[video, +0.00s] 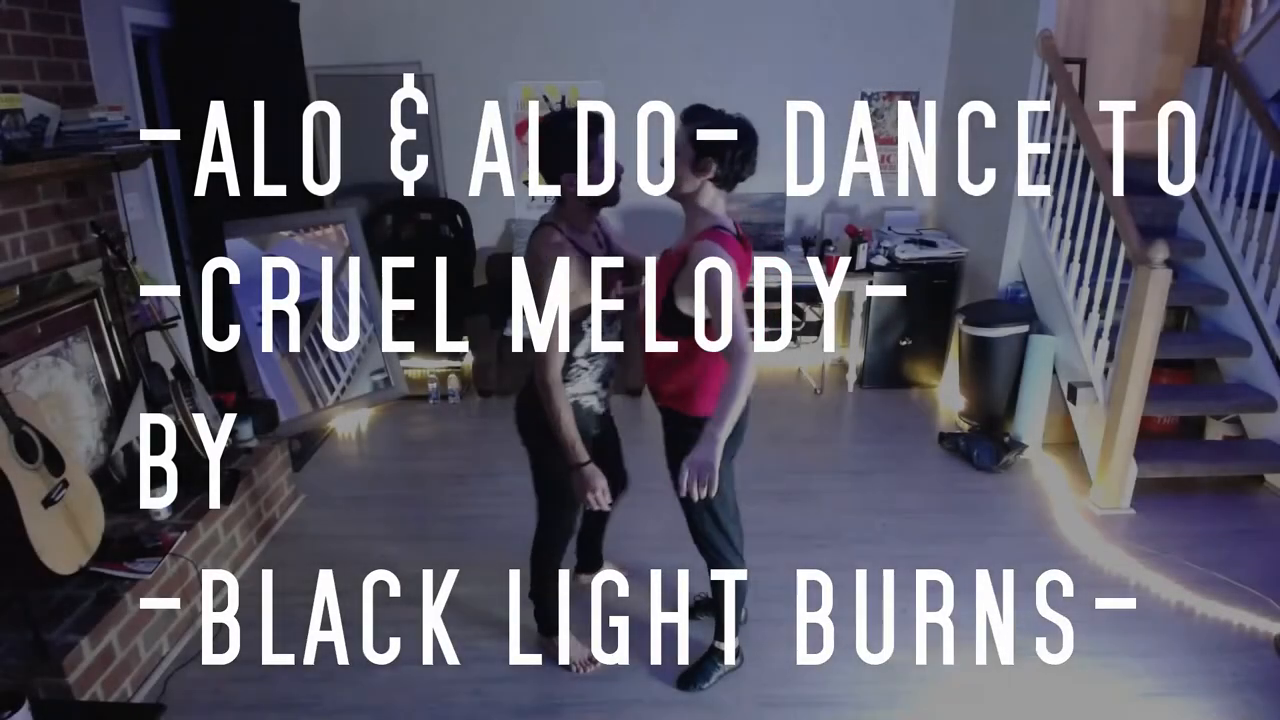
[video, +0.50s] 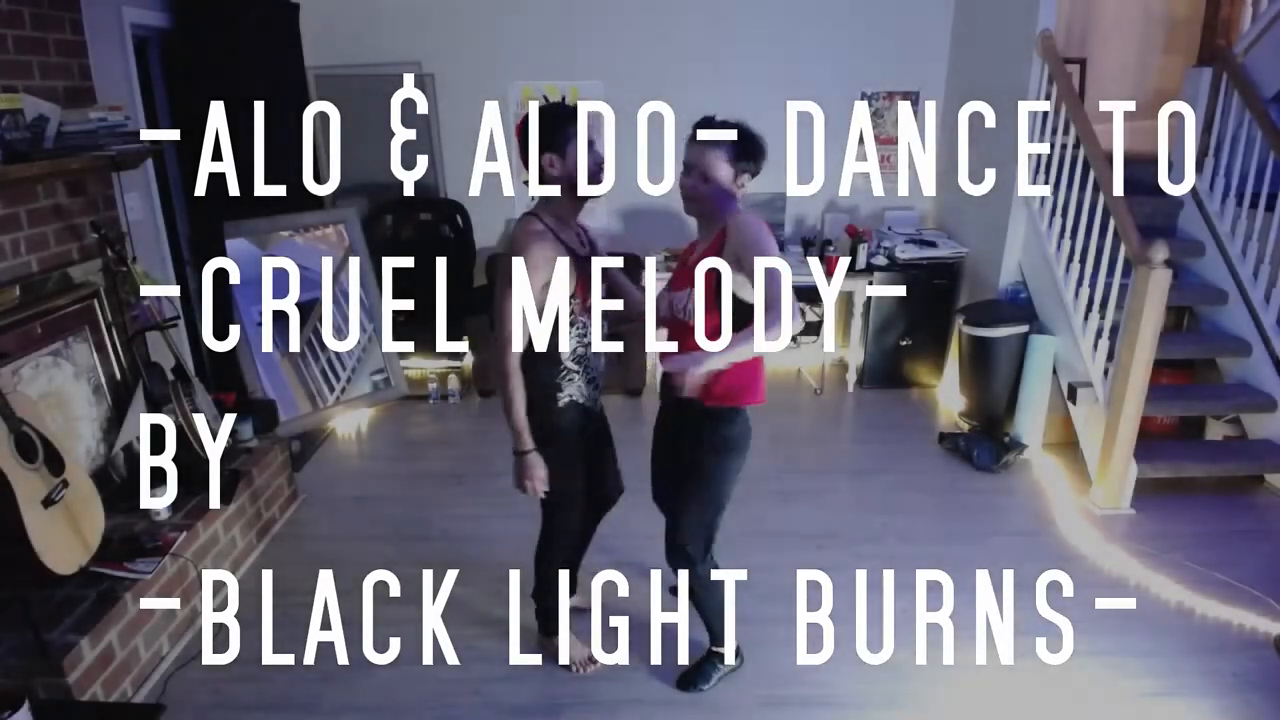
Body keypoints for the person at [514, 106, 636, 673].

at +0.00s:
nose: (617, 175)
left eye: (615, 163)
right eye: (605, 165)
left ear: (574, 178)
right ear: (573, 177)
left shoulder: (595, 227)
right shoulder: (552, 250)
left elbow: (630, 276)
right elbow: (546, 375)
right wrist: (582, 465)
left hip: (589, 397)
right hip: (551, 406)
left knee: (610, 483)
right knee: (559, 519)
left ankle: (587, 567)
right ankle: (551, 636)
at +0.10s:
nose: (612, 170)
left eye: (609, 157)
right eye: (599, 159)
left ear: (574, 172)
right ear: (568, 171)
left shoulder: (593, 228)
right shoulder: (547, 250)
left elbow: (623, 288)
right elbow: (537, 372)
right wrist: (569, 463)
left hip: (585, 397)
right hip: (545, 408)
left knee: (619, 492)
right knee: (552, 522)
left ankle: (574, 584)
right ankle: (551, 639)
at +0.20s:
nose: (609, 167)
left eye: (607, 153)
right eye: (596, 156)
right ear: (563, 169)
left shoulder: (592, 226)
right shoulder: (544, 248)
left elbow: (626, 287)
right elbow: (531, 367)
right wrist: (561, 460)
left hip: (585, 395)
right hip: (544, 406)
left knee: (619, 494)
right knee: (552, 522)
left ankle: (567, 582)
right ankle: (552, 639)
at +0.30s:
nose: (604, 162)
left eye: (602, 149)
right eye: (591, 150)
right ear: (555, 162)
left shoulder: (588, 228)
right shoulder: (538, 245)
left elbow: (621, 292)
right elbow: (520, 359)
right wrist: (543, 453)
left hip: (587, 400)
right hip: (551, 408)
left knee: (605, 498)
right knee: (560, 522)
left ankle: (555, 598)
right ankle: (553, 635)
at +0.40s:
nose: (605, 161)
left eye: (602, 148)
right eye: (591, 148)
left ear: (572, 161)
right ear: (557, 159)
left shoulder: (585, 231)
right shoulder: (535, 244)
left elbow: (611, 306)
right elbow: (516, 358)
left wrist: (657, 300)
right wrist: (537, 451)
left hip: (588, 400)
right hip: (555, 409)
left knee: (600, 499)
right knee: (564, 525)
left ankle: (554, 601)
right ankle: (553, 637)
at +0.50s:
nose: (600, 161)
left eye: (599, 148)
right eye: (587, 149)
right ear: (552, 160)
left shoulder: (576, 232)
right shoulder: (531, 240)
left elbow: (613, 300)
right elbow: (509, 353)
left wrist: (658, 305)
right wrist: (524, 447)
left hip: (584, 400)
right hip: (551, 406)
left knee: (604, 491)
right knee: (564, 521)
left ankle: (552, 594)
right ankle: (554, 636)